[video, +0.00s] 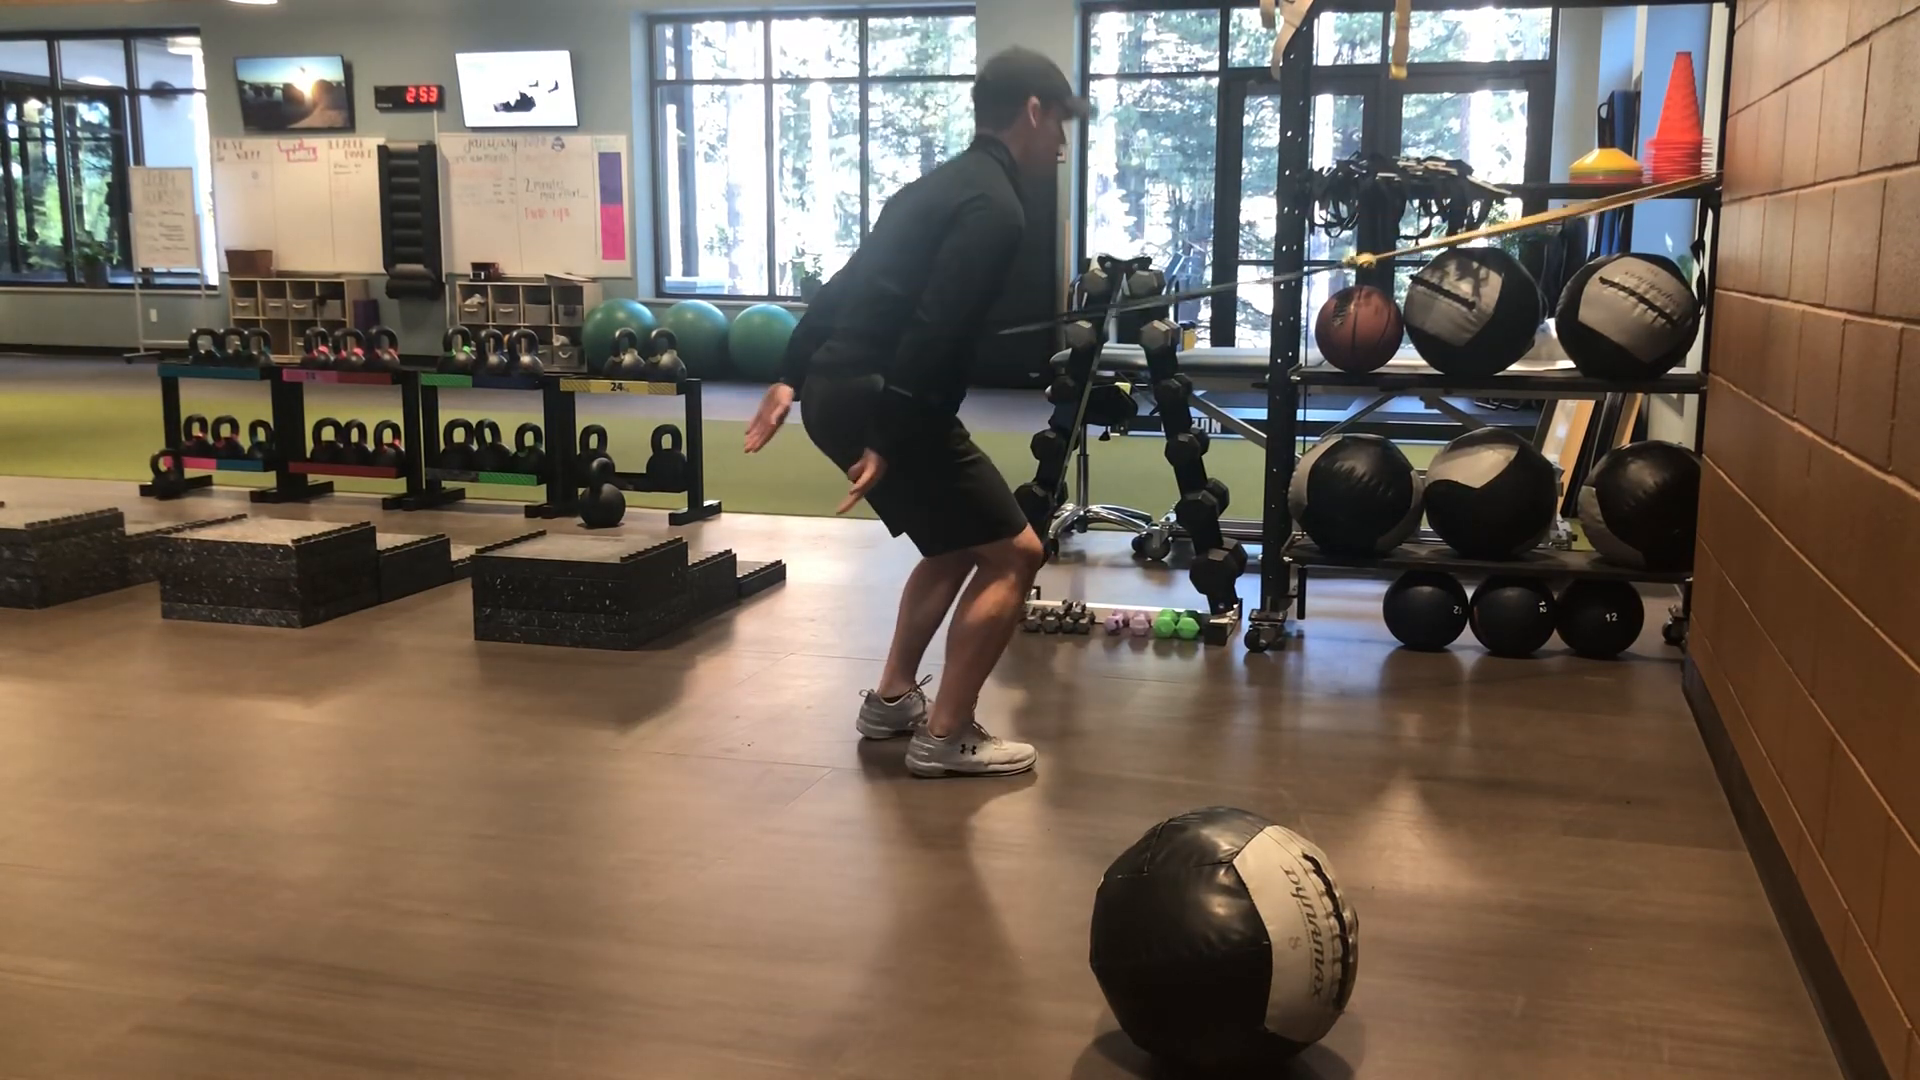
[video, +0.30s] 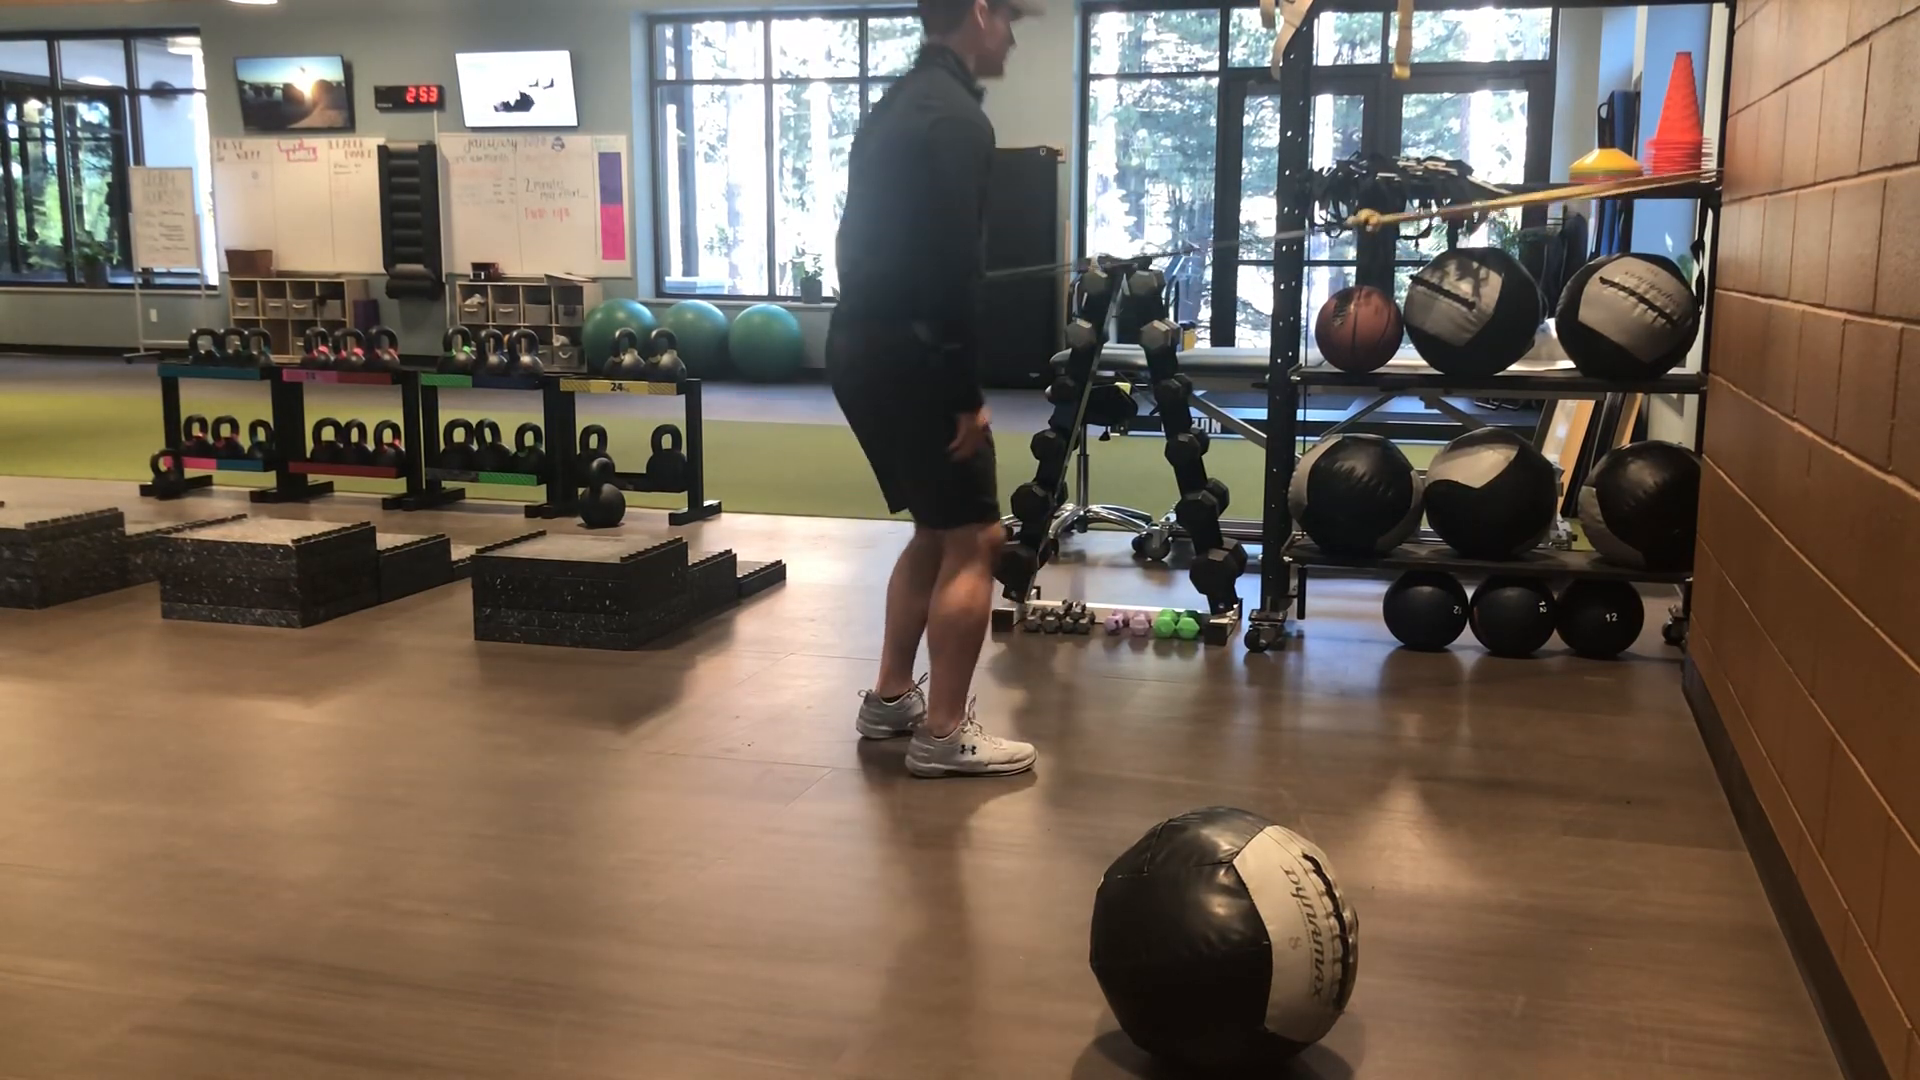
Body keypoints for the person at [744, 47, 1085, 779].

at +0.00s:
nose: (1064, 140)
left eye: (1065, 124)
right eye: (1060, 122)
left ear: (1001, 116)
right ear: (1029, 114)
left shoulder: (932, 185)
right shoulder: (995, 207)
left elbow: (849, 282)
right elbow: (939, 326)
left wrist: (791, 376)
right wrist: (890, 438)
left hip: (832, 386)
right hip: (884, 395)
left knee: (952, 542)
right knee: (1015, 553)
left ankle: (892, 698)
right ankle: (948, 732)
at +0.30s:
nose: (1012, 40)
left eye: (1013, 25)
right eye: (1010, 23)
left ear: (951, 20)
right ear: (980, 17)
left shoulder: (893, 105)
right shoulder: (957, 118)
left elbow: (862, 247)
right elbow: (948, 264)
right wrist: (967, 393)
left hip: (862, 348)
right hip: (913, 352)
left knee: (935, 529)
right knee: (975, 542)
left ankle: (889, 695)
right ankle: (944, 734)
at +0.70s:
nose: (981, 19)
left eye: (979, 8)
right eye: (977, 6)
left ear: (910, 14)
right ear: (949, 8)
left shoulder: (864, 104)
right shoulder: (941, 105)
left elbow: (899, 242)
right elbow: (965, 248)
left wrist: (980, 312)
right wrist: (1039, 338)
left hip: (871, 337)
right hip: (931, 343)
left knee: (891, 521)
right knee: (949, 538)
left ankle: (885, 697)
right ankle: (944, 729)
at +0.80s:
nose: (979, 17)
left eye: (977, 8)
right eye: (975, 6)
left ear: (906, 14)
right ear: (949, 7)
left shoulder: (866, 103)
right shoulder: (941, 103)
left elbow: (900, 232)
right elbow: (984, 231)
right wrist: (1079, 295)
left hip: (873, 337)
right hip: (935, 344)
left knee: (895, 521)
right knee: (948, 537)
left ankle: (885, 696)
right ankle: (943, 730)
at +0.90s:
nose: (980, 16)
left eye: (976, 6)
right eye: (976, 5)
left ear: (912, 13)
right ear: (949, 6)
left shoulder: (872, 96)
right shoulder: (946, 102)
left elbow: (956, 179)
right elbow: (1032, 205)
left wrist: (1045, 169)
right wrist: (1120, 182)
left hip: (876, 338)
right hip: (935, 346)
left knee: (902, 526)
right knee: (947, 543)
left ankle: (885, 700)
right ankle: (943, 731)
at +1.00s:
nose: (979, 13)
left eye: (975, 2)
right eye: (973, 2)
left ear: (906, 11)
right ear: (945, 5)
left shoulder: (875, 88)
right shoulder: (947, 91)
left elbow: (995, 139)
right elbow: (1079, 136)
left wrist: (1057, 79)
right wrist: (1123, 72)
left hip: (882, 335)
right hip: (941, 342)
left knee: (909, 522)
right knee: (949, 541)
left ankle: (890, 694)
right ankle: (944, 730)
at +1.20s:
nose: (978, 15)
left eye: (979, 10)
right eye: (974, 7)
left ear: (898, 5)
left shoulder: (871, 63)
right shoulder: (944, 49)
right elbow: (1054, 21)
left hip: (893, 307)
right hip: (952, 308)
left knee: (930, 496)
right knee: (971, 511)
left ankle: (914, 658)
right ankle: (969, 698)